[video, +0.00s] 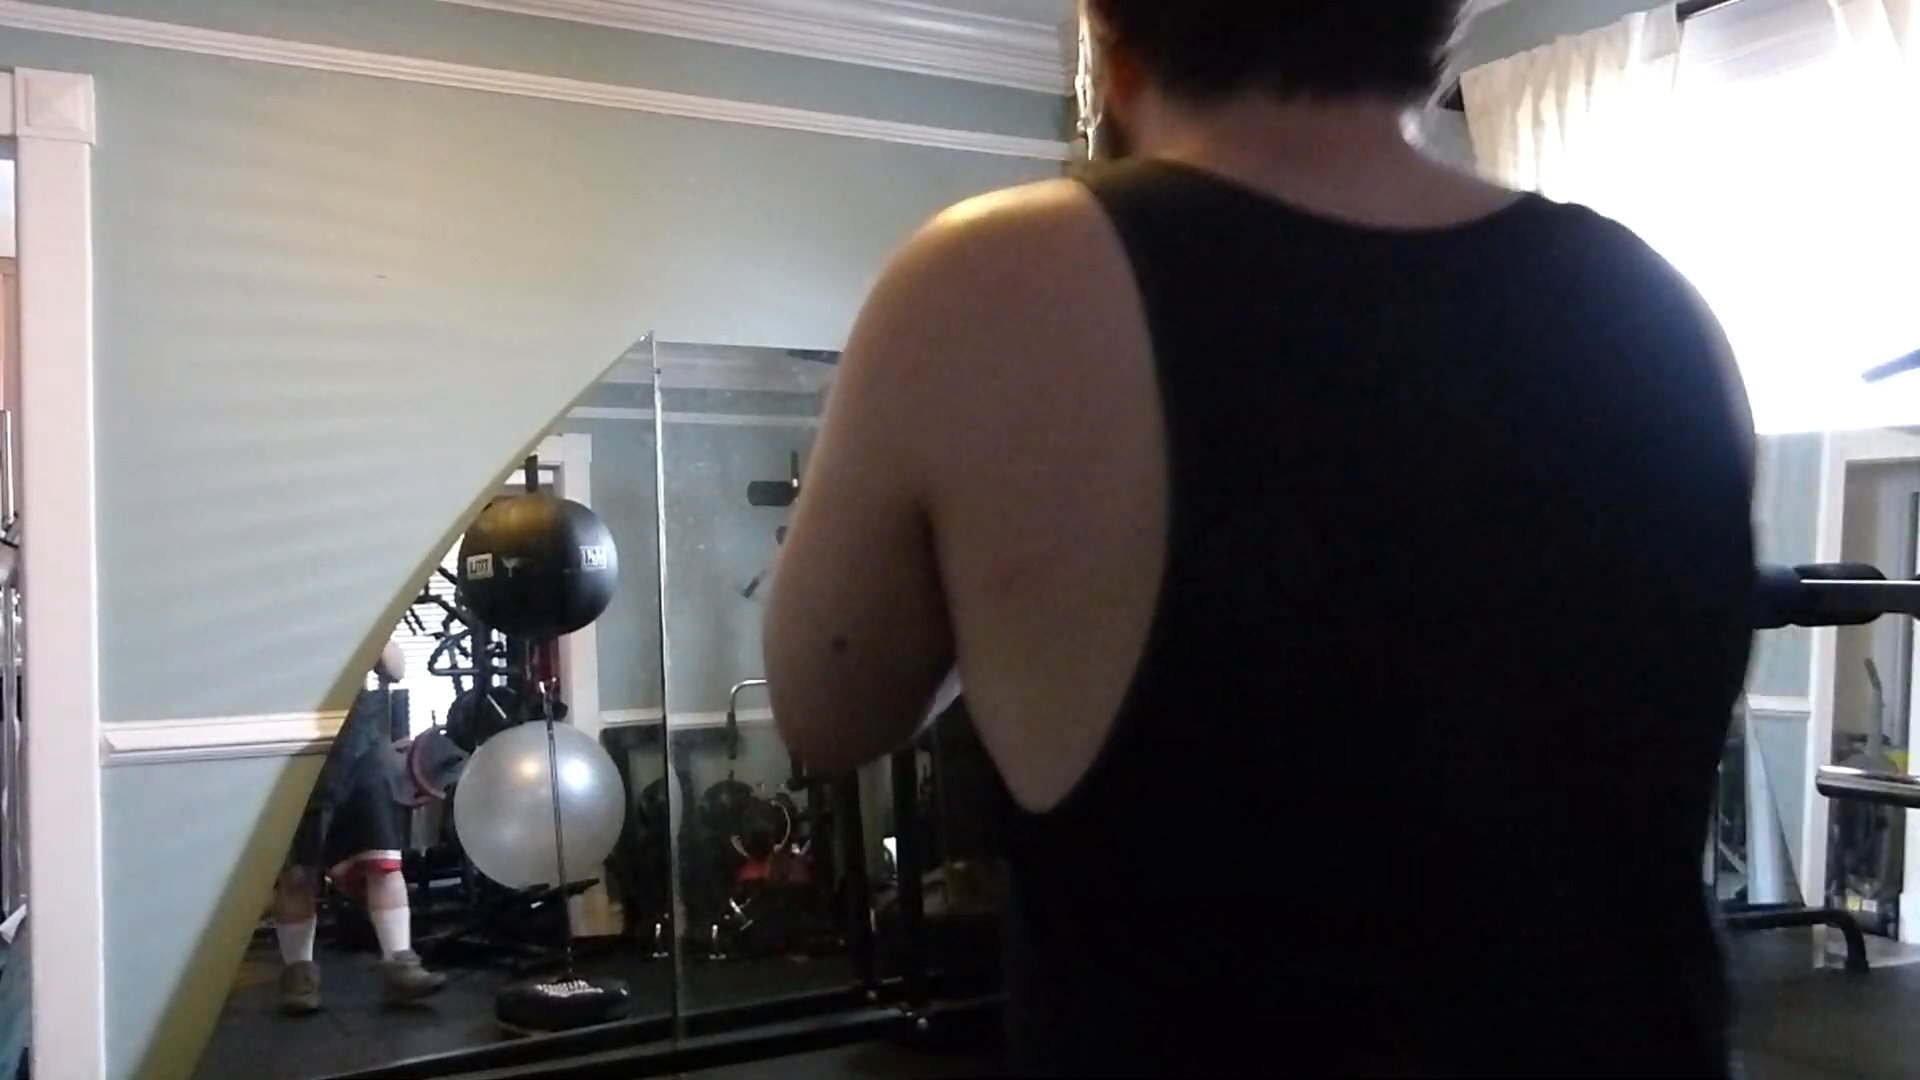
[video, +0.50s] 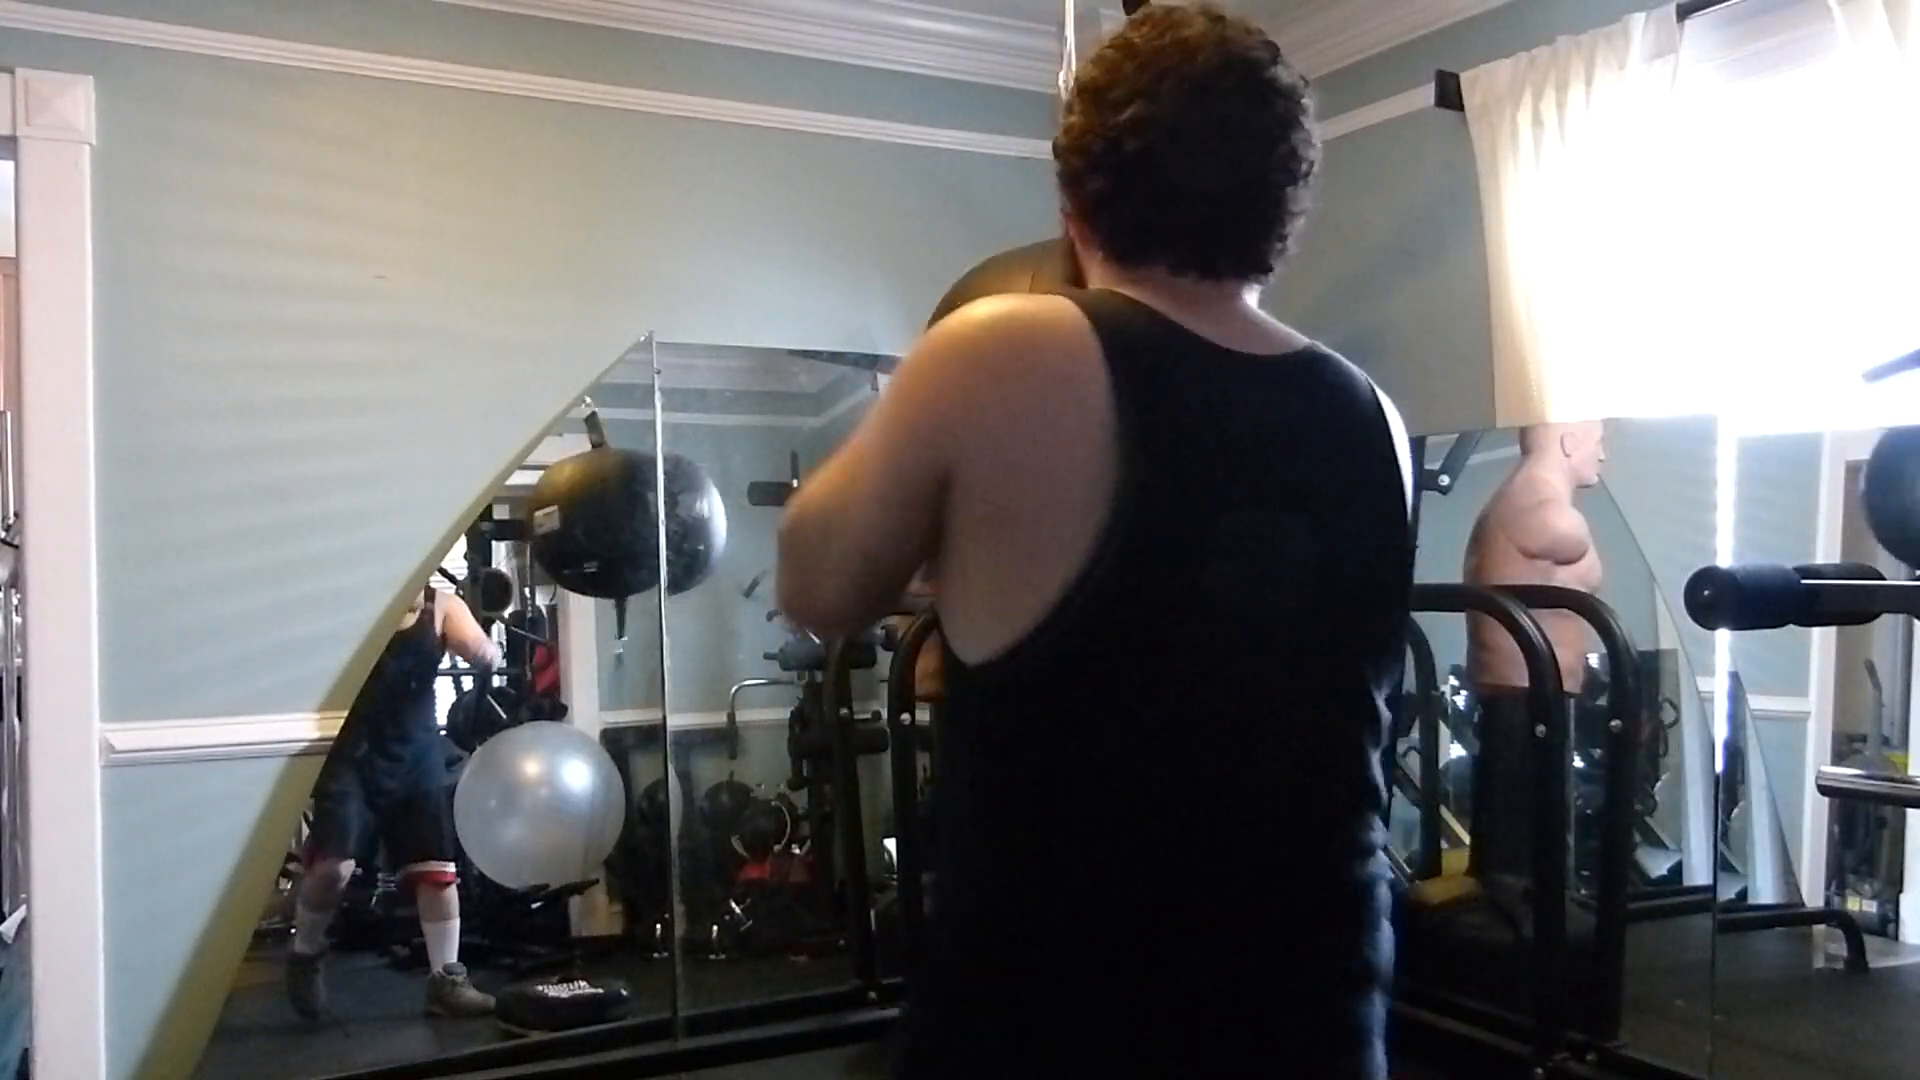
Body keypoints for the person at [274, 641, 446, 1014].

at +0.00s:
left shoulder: (357, 611)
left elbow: (395, 668)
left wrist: (362, 621)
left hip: (365, 752)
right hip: (303, 759)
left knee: (384, 861)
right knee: (298, 870)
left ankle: (401, 963)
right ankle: (300, 972)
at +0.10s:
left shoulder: (359, 616)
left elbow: (407, 671)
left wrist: (374, 624)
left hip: (365, 760)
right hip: (305, 769)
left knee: (390, 863)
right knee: (301, 872)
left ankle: (425, 960)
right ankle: (301, 974)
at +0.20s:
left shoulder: (373, 614)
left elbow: (421, 671)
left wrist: (388, 618)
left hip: (376, 764)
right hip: (312, 771)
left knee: (407, 864)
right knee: (305, 875)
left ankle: (433, 969)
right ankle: (301, 975)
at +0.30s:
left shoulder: (399, 618)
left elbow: (463, 651)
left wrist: (432, 607)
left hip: (392, 764)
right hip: (323, 769)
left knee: (420, 866)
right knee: (313, 875)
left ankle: (441, 976)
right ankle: (303, 975)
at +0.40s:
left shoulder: (423, 603)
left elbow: (480, 625)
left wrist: (496, 610)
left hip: (404, 759)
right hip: (331, 762)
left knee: (429, 869)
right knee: (320, 878)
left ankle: (444, 977)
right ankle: (305, 957)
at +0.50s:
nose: (414, 579)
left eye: (419, 568)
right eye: (402, 568)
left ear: (428, 568)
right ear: (382, 569)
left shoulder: (443, 606)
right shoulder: (353, 601)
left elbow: (484, 654)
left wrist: (482, 654)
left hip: (415, 751)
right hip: (347, 752)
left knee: (437, 870)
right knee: (334, 869)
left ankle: (446, 979)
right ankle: (305, 954)